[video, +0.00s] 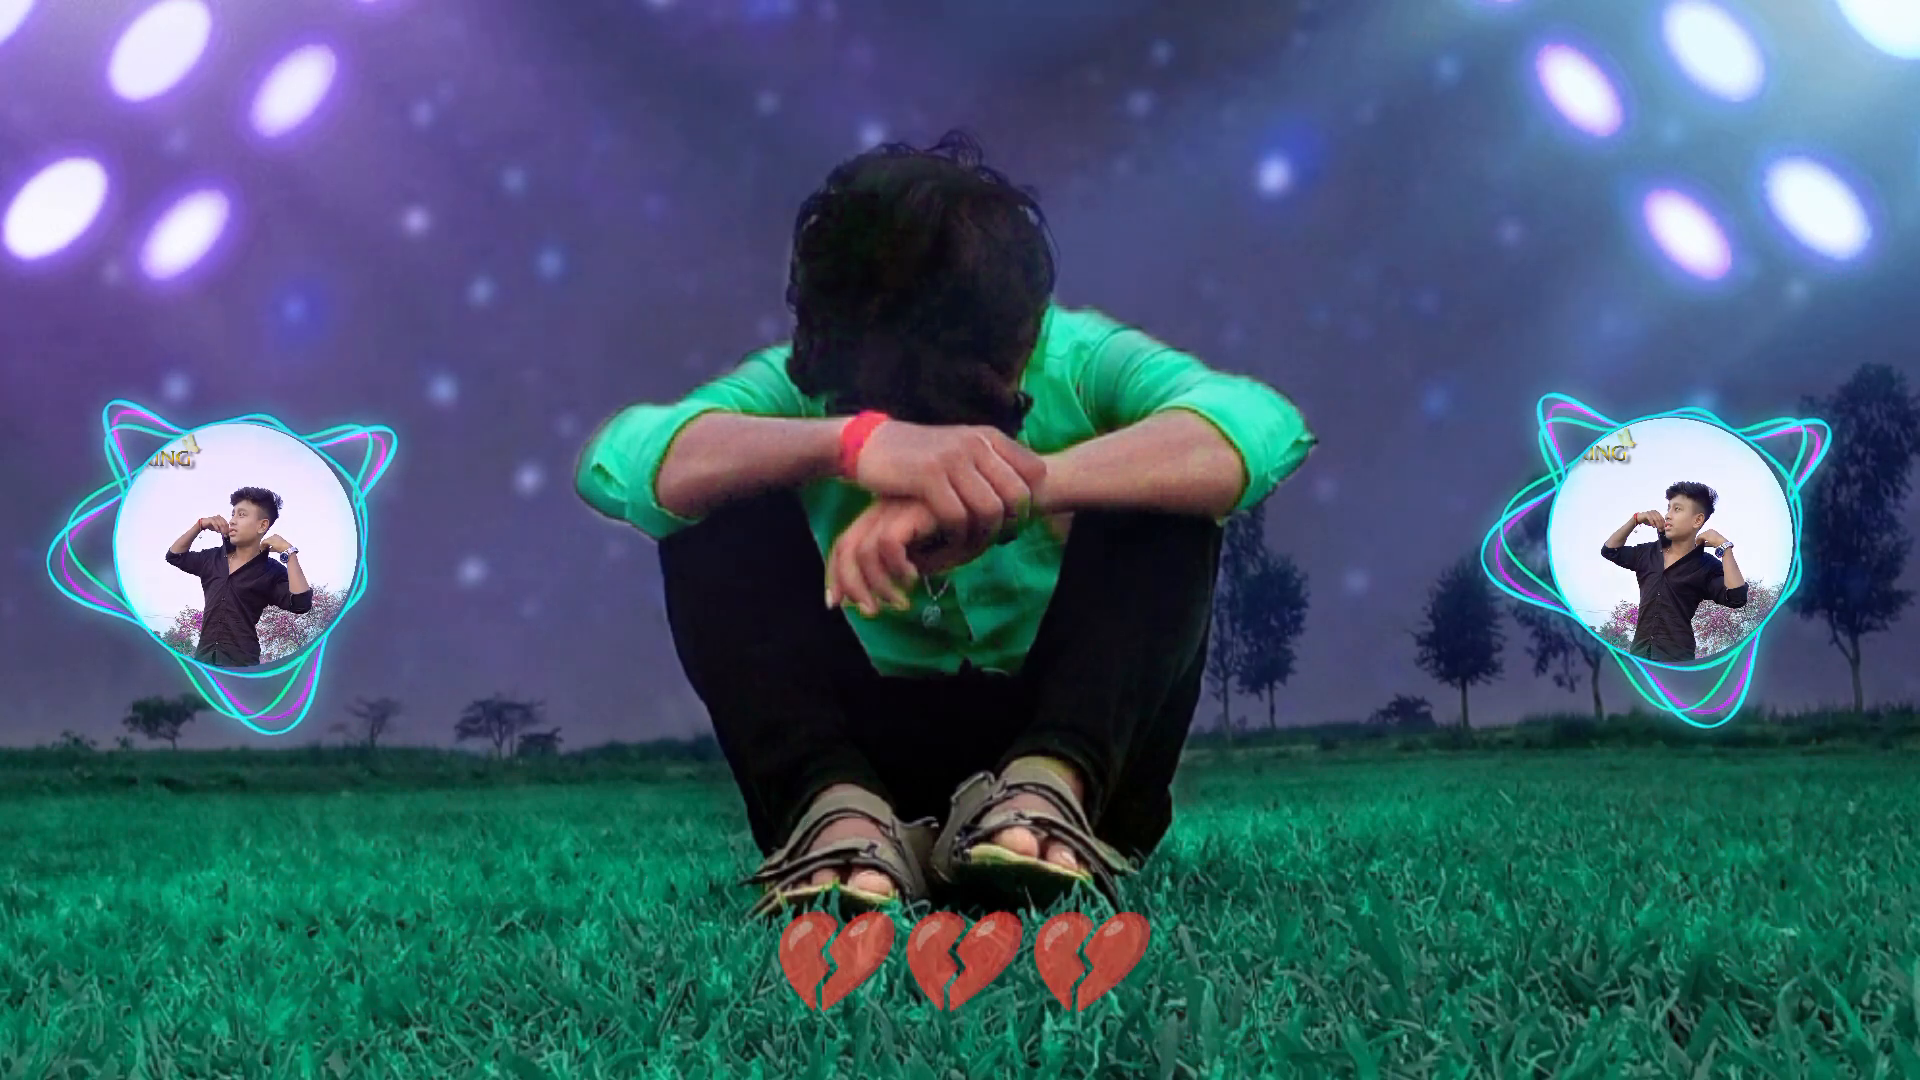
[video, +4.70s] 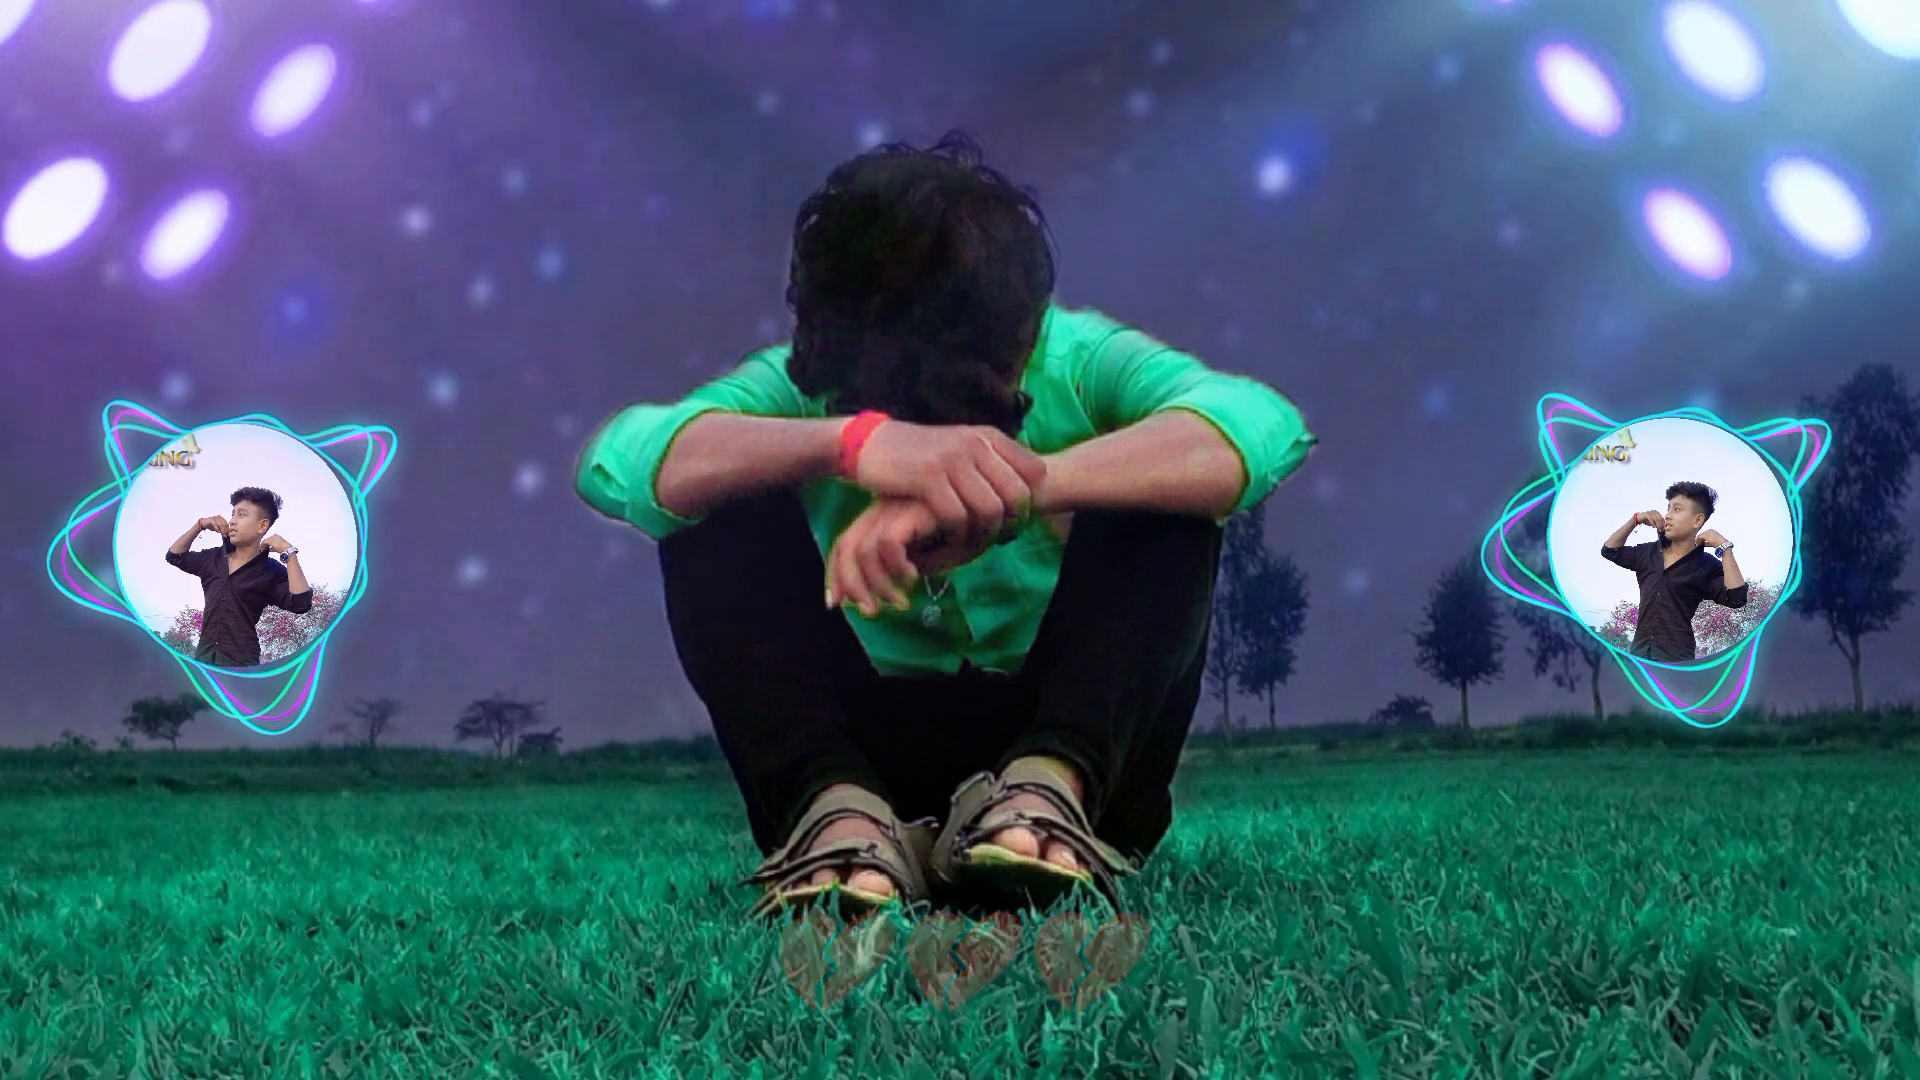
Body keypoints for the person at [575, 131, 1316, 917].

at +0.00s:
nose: (920, 456)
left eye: (956, 418)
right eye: (880, 417)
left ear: (1020, 358)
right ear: (817, 366)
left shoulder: (1078, 356)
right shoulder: (794, 382)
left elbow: (1265, 429)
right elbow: (611, 467)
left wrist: (1001, 491)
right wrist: (852, 446)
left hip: (1058, 745)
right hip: (863, 749)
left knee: (1165, 486)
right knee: (713, 501)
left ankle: (1044, 790)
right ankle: (835, 817)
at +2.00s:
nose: (958, 426)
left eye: (993, 381)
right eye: (916, 404)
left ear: (1025, 333)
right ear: (843, 363)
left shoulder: (1075, 355)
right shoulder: (796, 384)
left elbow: (1265, 429)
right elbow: (612, 467)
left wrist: (999, 492)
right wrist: (851, 446)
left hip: (1061, 749)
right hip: (864, 756)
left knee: (1167, 485)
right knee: (711, 502)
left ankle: (1044, 789)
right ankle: (835, 817)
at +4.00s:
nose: (925, 444)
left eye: (961, 410)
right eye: (890, 410)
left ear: (1019, 352)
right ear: (822, 361)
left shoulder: (1076, 355)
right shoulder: (793, 382)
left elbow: (1265, 428)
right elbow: (611, 467)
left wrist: (1001, 490)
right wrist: (851, 446)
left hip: (1062, 751)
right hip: (864, 758)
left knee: (1165, 488)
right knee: (713, 505)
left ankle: (1044, 789)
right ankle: (836, 816)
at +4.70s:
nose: (926, 456)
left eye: (961, 416)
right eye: (884, 416)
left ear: (1019, 356)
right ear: (816, 364)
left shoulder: (1077, 355)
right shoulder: (794, 382)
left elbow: (1266, 429)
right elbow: (611, 467)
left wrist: (999, 491)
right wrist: (852, 445)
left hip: (1060, 748)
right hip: (863, 755)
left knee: (1167, 485)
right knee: (713, 501)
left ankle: (1044, 789)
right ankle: (835, 816)